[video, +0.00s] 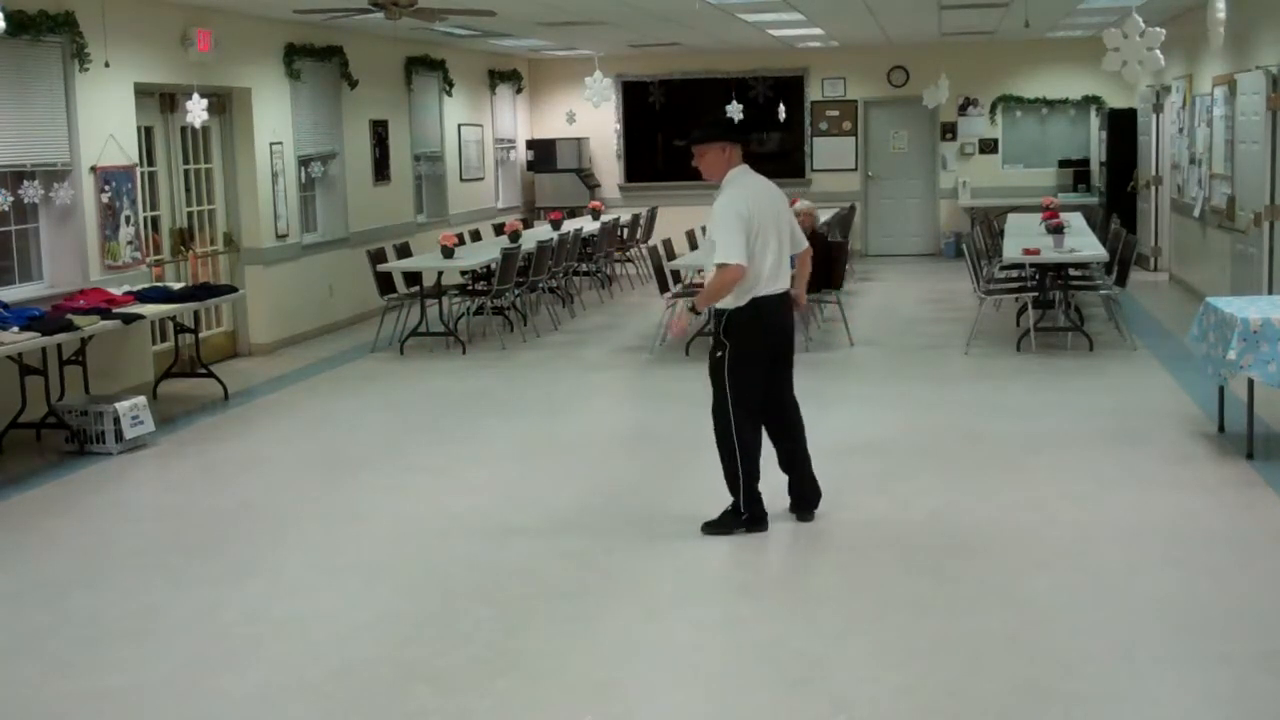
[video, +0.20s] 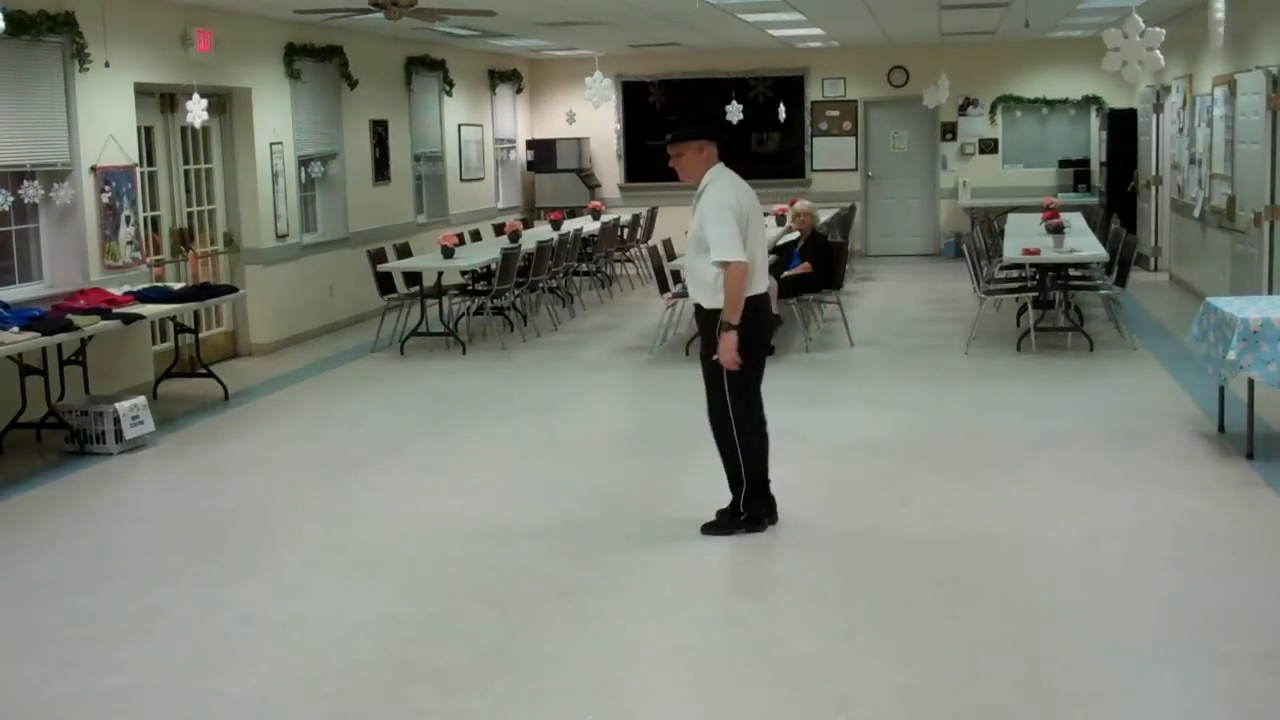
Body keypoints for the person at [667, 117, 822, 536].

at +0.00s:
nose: (696, 165)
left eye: (701, 156)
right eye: (694, 157)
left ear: (726, 151)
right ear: (731, 153)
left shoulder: (729, 201)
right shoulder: (769, 189)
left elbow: (733, 270)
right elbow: (803, 251)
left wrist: (693, 307)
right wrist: (798, 294)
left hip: (742, 320)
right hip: (778, 314)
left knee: (732, 415)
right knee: (780, 405)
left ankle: (746, 508)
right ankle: (805, 494)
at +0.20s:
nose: (673, 166)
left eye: (677, 157)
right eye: (671, 158)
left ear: (704, 151)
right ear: (705, 153)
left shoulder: (718, 194)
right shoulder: (727, 186)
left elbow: (736, 266)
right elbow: (746, 259)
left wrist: (729, 328)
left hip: (730, 317)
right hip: (741, 311)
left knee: (728, 415)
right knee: (742, 412)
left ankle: (748, 508)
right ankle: (757, 501)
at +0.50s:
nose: (642, 175)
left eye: (648, 165)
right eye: (639, 167)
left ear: (673, 162)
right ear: (653, 169)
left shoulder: (710, 209)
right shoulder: (661, 210)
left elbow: (746, 272)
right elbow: (665, 278)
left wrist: (759, 333)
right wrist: (644, 329)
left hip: (710, 330)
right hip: (678, 330)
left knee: (683, 424)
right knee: (716, 418)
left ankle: (670, 524)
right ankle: (755, 494)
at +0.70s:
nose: (615, 164)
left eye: (622, 155)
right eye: (613, 156)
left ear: (650, 154)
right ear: (632, 158)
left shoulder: (691, 205)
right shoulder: (628, 213)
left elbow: (720, 273)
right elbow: (625, 283)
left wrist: (734, 336)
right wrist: (612, 335)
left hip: (688, 332)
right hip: (642, 332)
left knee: (682, 431)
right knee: (630, 423)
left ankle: (670, 523)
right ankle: (681, 490)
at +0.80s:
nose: (602, 164)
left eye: (609, 155)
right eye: (600, 156)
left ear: (638, 155)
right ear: (609, 161)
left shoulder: (679, 207)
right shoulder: (609, 213)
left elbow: (708, 277)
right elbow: (610, 286)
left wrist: (711, 343)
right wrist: (595, 339)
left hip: (676, 337)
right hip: (626, 339)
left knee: (678, 436)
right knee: (606, 436)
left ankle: (673, 521)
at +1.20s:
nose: (541, 161)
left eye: (550, 151)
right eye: (539, 153)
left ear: (581, 154)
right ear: (548, 160)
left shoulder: (621, 213)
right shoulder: (546, 223)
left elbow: (640, 289)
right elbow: (546, 301)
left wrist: (625, 360)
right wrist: (527, 357)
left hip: (611, 350)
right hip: (562, 352)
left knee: (621, 455)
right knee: (555, 463)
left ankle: (649, 508)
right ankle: (563, 564)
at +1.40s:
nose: (521, 164)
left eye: (530, 155)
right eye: (521, 156)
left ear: (562, 159)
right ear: (537, 163)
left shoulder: (599, 218)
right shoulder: (541, 223)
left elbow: (615, 300)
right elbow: (540, 304)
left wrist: (597, 375)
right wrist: (507, 355)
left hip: (589, 358)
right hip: (548, 356)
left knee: (574, 471)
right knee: (541, 466)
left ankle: (612, 577)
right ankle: (561, 567)